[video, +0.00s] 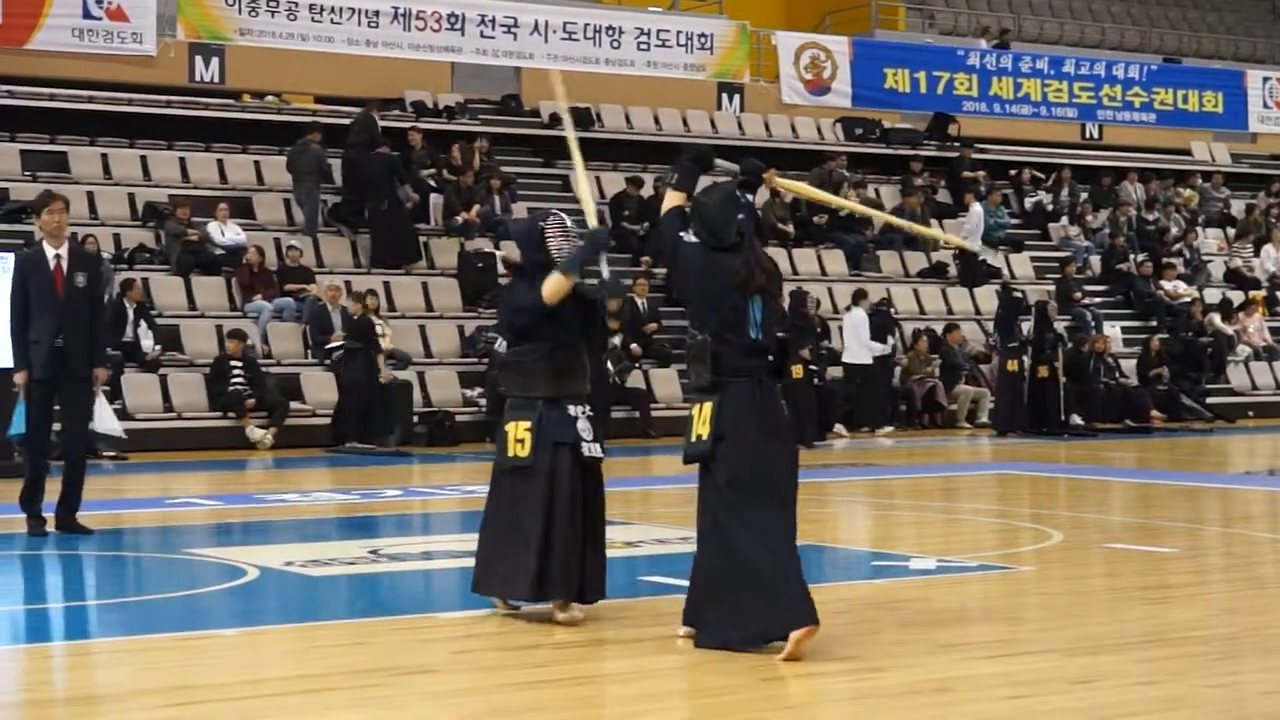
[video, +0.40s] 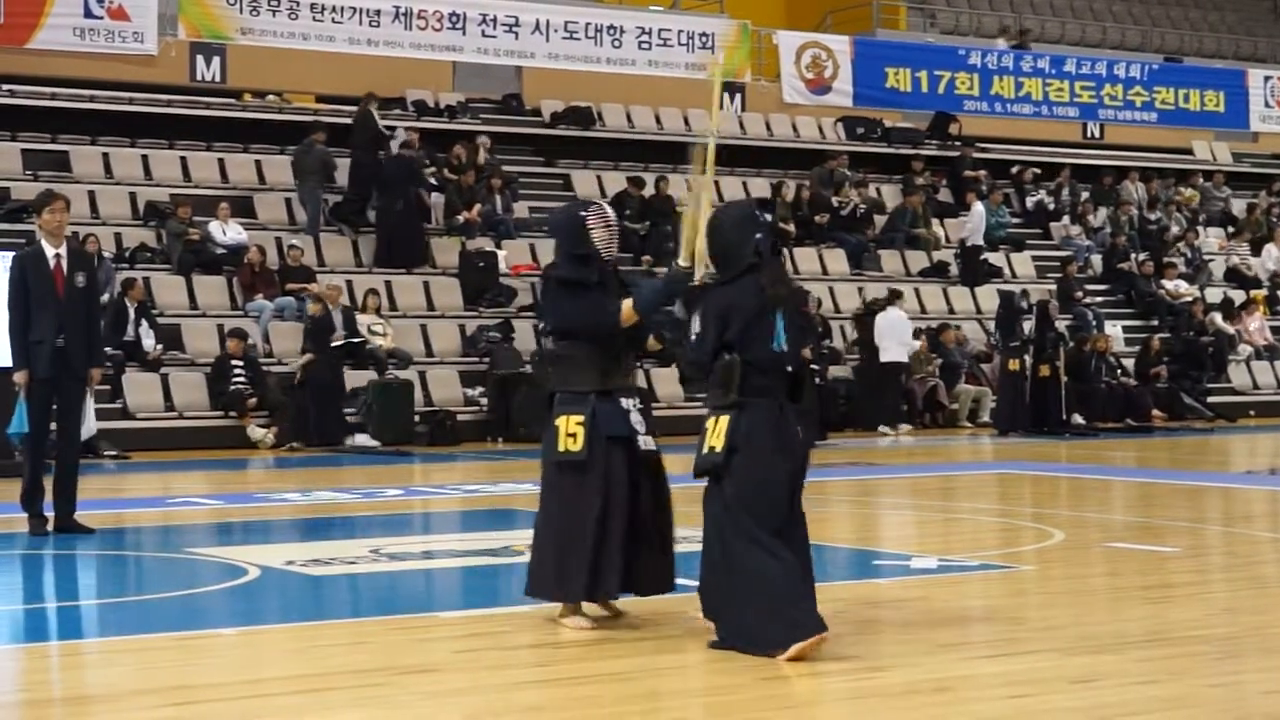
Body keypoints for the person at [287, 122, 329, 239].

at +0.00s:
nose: (319, 138)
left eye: (319, 135)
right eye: (318, 135)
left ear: (306, 135)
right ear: (313, 135)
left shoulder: (294, 150)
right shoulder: (317, 150)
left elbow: (289, 167)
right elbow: (324, 169)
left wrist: (298, 174)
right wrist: (331, 182)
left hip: (297, 186)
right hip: (312, 187)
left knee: (310, 218)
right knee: (311, 220)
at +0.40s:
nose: (324, 138)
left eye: (324, 135)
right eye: (323, 135)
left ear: (311, 135)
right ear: (318, 135)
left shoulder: (299, 150)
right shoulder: (322, 151)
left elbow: (294, 166)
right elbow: (332, 167)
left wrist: (298, 178)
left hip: (302, 187)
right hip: (315, 187)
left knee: (311, 217)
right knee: (313, 219)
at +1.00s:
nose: (327, 137)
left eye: (326, 135)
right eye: (325, 135)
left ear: (315, 135)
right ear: (322, 136)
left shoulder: (307, 148)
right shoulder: (325, 148)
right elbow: (340, 162)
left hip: (309, 185)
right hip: (321, 186)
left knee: (316, 218)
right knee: (321, 220)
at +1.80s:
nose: (332, 141)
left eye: (332, 138)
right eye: (332, 138)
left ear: (321, 137)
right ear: (329, 138)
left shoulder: (312, 149)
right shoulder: (325, 149)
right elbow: (335, 163)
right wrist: (348, 169)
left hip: (310, 188)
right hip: (320, 189)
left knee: (316, 221)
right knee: (322, 222)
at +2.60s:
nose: (345, 147)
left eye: (346, 145)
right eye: (345, 144)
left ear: (335, 142)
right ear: (343, 142)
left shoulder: (326, 152)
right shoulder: (336, 149)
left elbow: (334, 183)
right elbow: (352, 153)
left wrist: (353, 190)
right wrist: (363, 158)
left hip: (316, 191)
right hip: (323, 191)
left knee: (324, 225)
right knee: (324, 226)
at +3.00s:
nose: (348, 150)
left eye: (348, 148)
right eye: (347, 147)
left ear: (337, 144)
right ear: (345, 145)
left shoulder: (329, 154)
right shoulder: (338, 151)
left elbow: (335, 184)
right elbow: (361, 154)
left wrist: (354, 193)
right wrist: (365, 161)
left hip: (317, 190)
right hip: (324, 190)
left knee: (325, 225)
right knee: (325, 226)